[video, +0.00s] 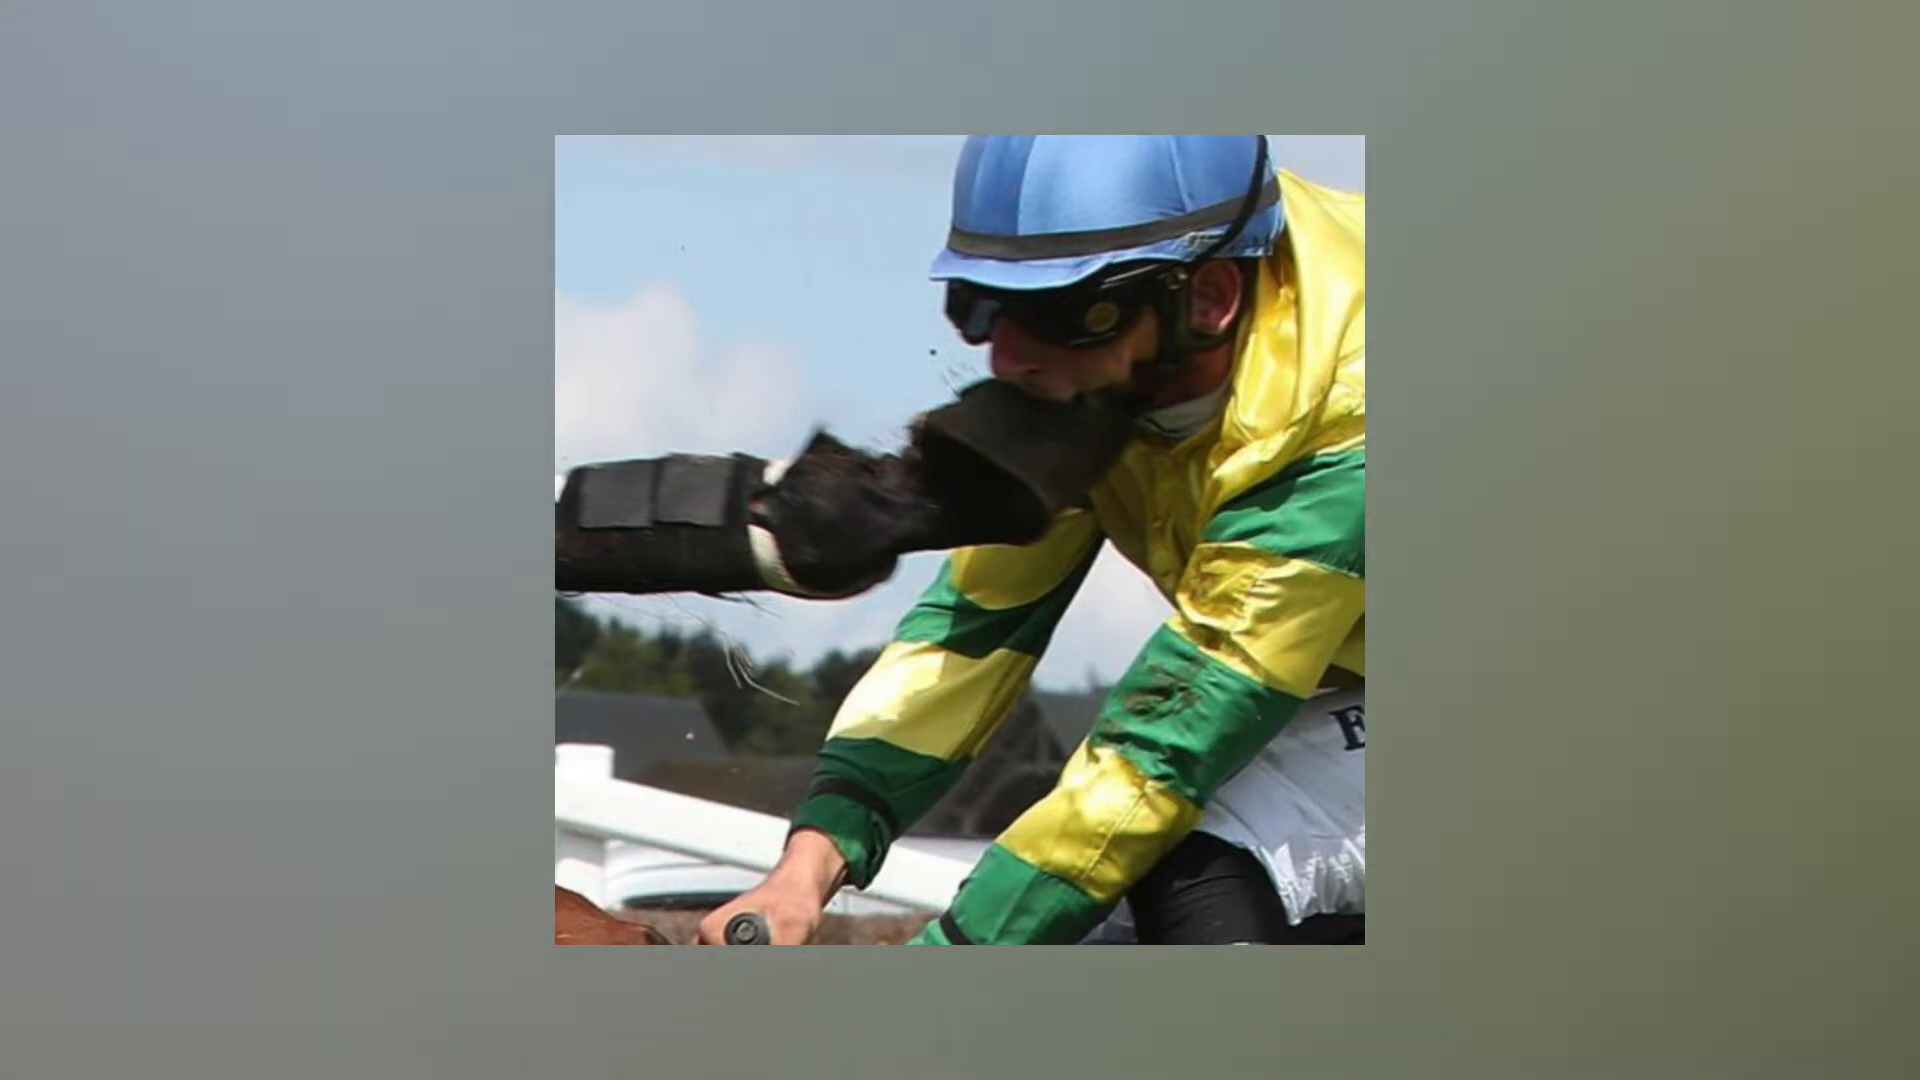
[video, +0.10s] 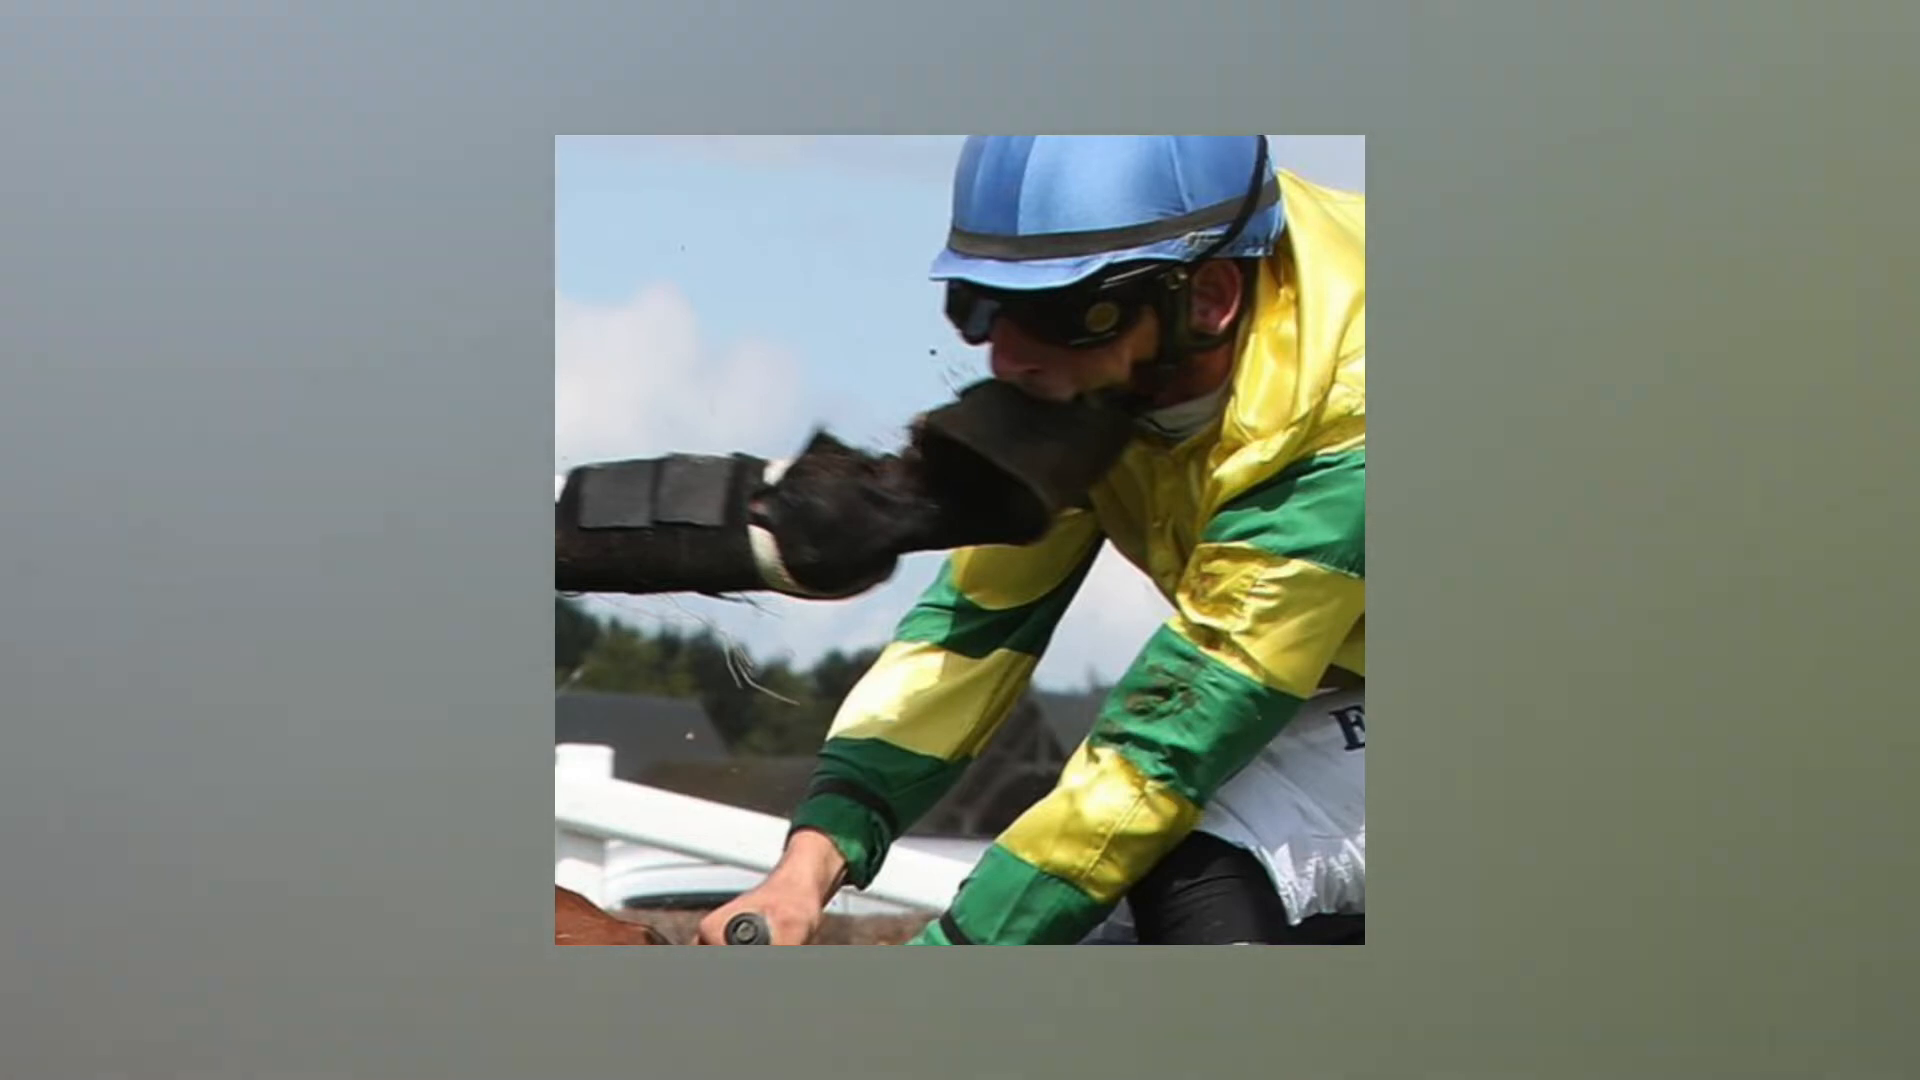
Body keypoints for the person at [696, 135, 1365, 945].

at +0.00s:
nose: (1005, 358)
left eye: (1056, 319)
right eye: (989, 309)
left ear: (1209, 298)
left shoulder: (1341, 429)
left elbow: (1160, 751)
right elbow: (969, 623)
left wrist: (932, 967)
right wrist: (805, 871)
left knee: (1204, 864)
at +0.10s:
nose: (1005, 358)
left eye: (1056, 319)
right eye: (989, 310)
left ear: (1209, 298)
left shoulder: (1341, 428)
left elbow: (1161, 751)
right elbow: (969, 623)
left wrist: (930, 969)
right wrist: (805, 871)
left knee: (1204, 864)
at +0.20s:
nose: (1005, 358)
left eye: (1056, 319)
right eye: (989, 309)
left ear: (1210, 298)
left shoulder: (1341, 429)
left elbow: (1161, 751)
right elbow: (969, 623)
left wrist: (933, 965)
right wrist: (805, 871)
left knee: (1204, 864)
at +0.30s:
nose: (1005, 358)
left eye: (1056, 319)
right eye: (989, 309)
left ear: (1209, 298)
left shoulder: (1341, 429)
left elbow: (1161, 751)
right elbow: (969, 623)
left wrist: (934, 964)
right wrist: (805, 871)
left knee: (1204, 864)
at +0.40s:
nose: (1005, 358)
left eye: (1056, 319)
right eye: (989, 309)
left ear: (1209, 298)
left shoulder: (1341, 429)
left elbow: (1161, 751)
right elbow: (969, 623)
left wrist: (934, 964)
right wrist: (805, 871)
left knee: (1204, 864)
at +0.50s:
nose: (1005, 359)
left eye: (1056, 319)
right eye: (989, 310)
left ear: (1209, 298)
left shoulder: (1341, 429)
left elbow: (1161, 751)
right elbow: (969, 623)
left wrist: (933, 965)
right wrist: (805, 871)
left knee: (1204, 865)